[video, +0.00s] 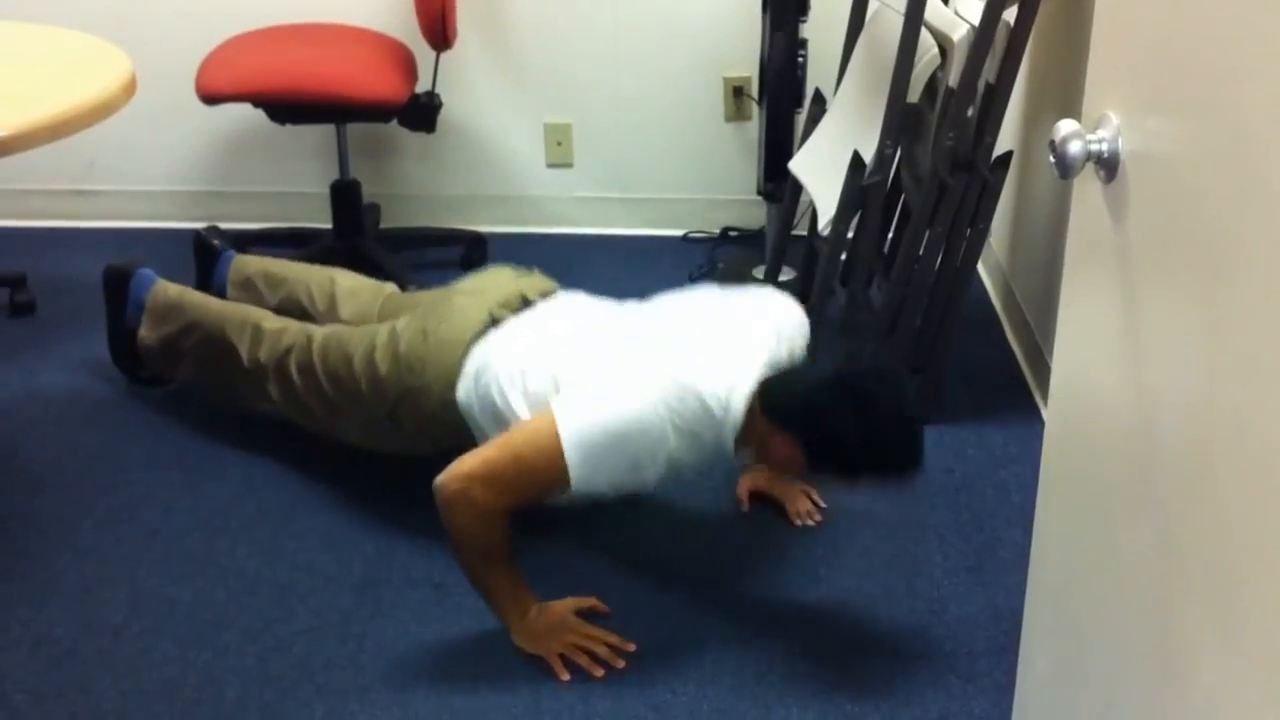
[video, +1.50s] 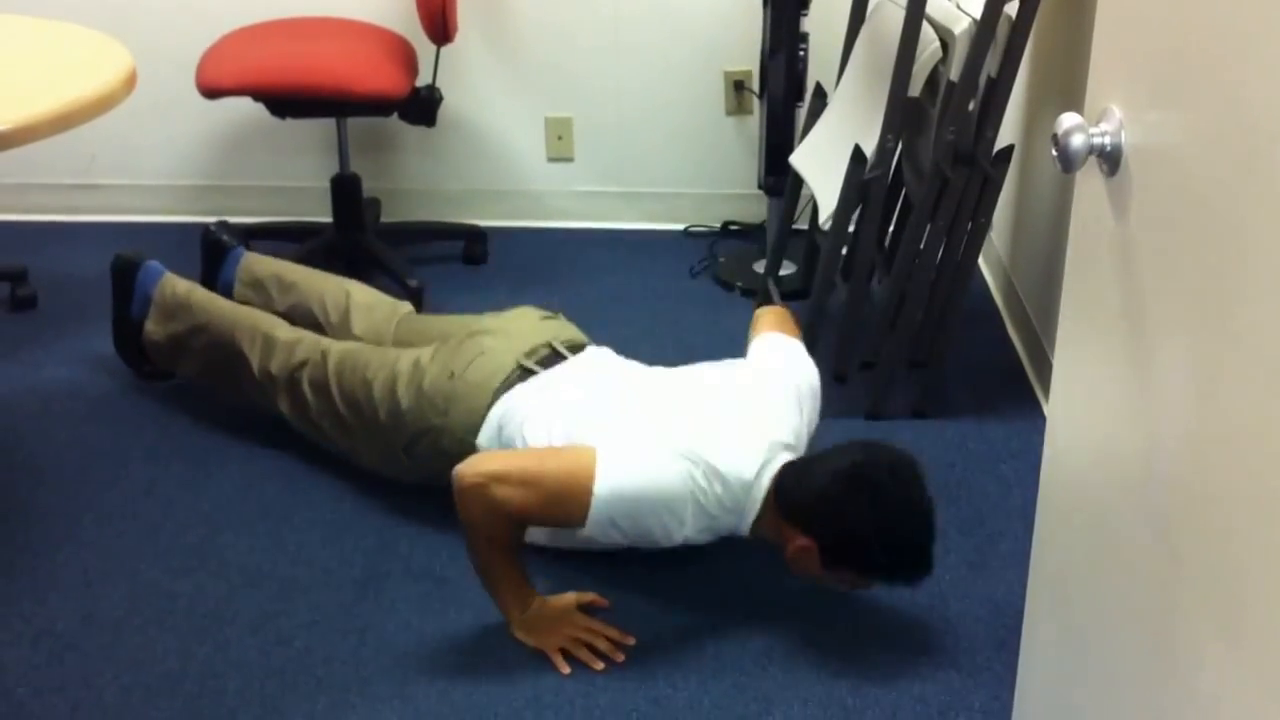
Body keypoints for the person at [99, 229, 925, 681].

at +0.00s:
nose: (827, 483)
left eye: (840, 480)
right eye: (833, 474)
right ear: (798, 444)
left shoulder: (780, 314)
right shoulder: (650, 426)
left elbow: (750, 378)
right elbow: (463, 492)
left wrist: (760, 457)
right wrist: (524, 616)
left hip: (521, 295)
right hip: (457, 376)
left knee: (373, 303)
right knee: (287, 365)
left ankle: (233, 264)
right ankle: (152, 316)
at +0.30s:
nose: (827, 356)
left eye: (843, 346)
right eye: (831, 343)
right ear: (792, 318)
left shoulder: (765, 230)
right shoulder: (632, 322)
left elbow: (761, 348)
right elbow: (504, 459)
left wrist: (762, 459)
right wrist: (522, 608)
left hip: (511, 246)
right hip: (451, 325)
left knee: (370, 278)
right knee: (286, 342)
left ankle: (241, 263)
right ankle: (151, 319)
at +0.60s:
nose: (833, 574)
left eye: (844, 561)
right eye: (841, 565)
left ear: (854, 458)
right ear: (817, 551)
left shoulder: (796, 391)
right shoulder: (687, 495)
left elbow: (772, 316)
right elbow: (481, 490)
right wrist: (523, 614)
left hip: (547, 337)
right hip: (474, 408)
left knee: (396, 327)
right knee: (297, 374)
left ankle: (244, 268)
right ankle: (156, 315)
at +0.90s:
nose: (814, 427)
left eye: (825, 418)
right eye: (823, 419)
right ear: (801, 388)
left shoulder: (777, 285)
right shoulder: (656, 375)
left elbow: (761, 371)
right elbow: (479, 478)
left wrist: (756, 456)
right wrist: (525, 610)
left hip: (524, 272)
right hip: (464, 346)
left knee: (374, 290)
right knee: (290, 354)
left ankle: (237, 256)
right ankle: (154, 309)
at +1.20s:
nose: (813, 384)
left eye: (827, 375)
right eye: (818, 369)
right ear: (786, 337)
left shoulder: (773, 244)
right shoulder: (648, 337)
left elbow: (760, 354)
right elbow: (488, 459)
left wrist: (759, 456)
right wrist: (526, 608)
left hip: (525, 244)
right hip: (456, 320)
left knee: (373, 278)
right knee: (290, 339)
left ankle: (238, 254)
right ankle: (151, 309)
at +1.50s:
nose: (834, 580)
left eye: (849, 569)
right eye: (842, 570)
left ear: (850, 463)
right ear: (810, 545)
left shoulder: (794, 392)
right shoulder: (680, 492)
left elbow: (777, 316)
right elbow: (479, 487)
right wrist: (524, 608)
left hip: (551, 340)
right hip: (474, 405)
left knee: (396, 322)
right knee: (299, 369)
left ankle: (247, 265)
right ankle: (161, 310)